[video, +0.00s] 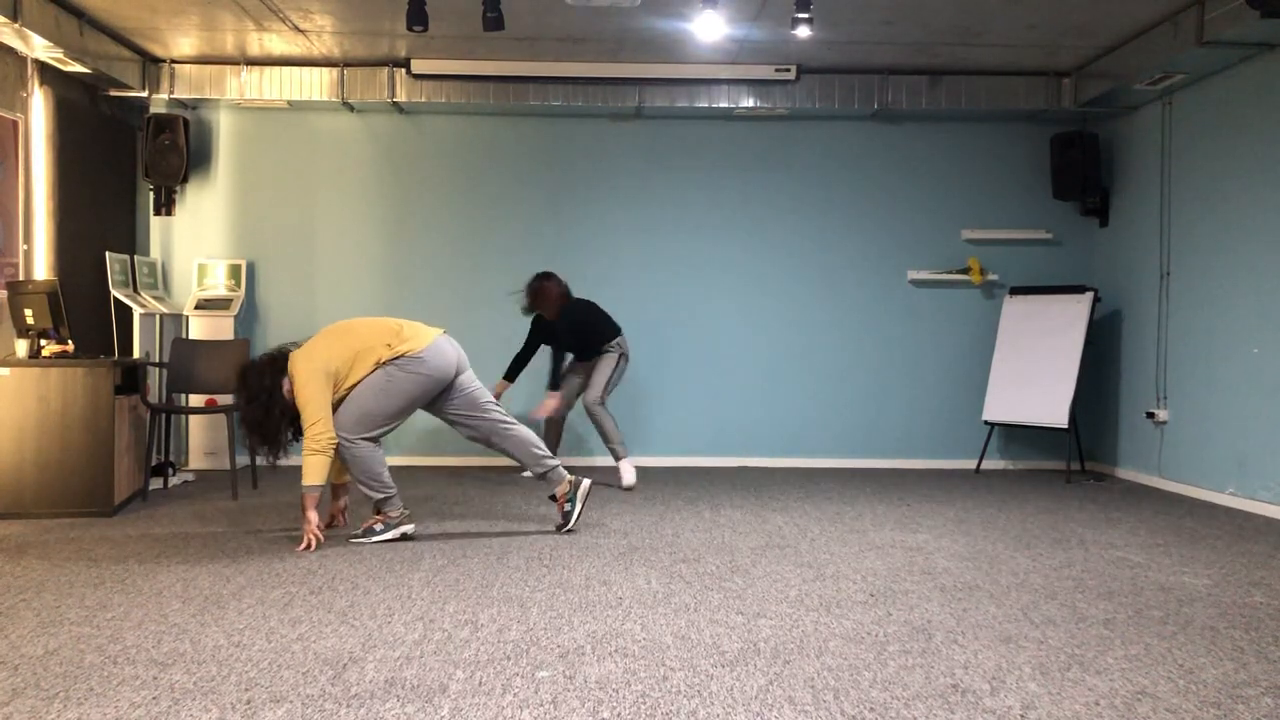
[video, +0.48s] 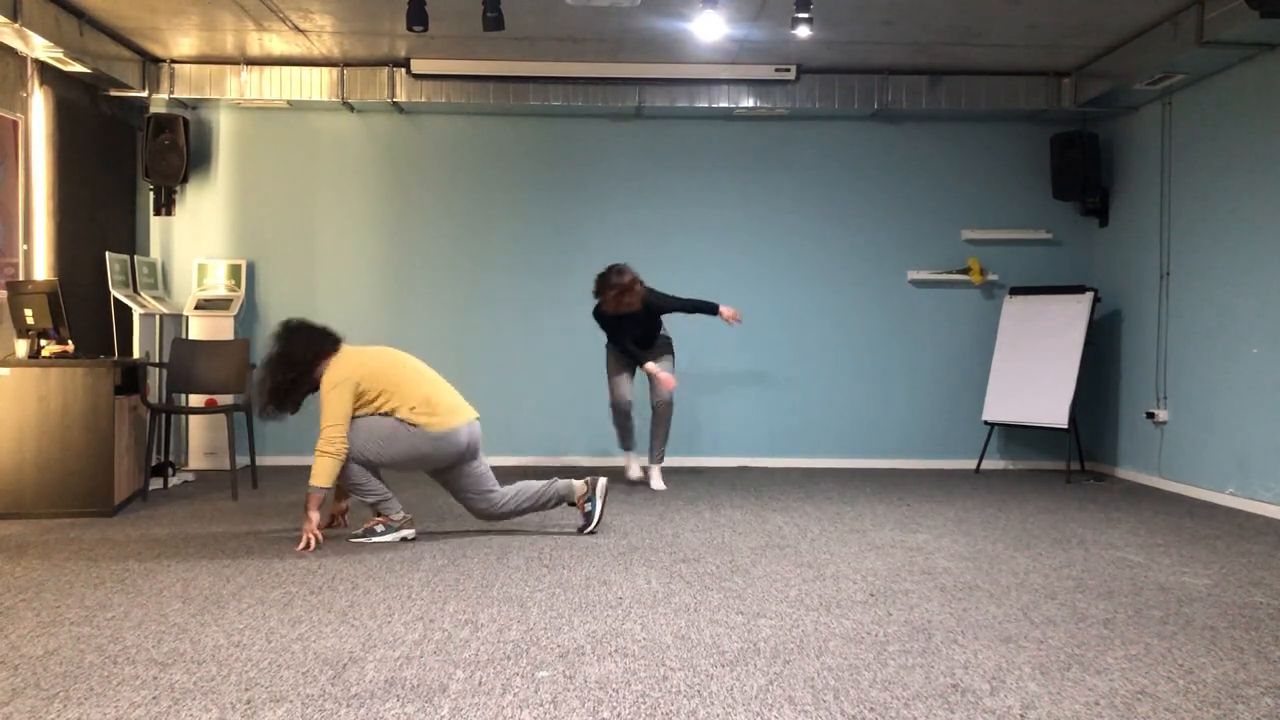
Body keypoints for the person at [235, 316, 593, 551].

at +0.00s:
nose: (294, 412)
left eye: (283, 407)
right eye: (288, 408)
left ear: (282, 387)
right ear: (287, 375)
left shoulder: (308, 371)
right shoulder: (320, 356)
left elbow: (317, 438)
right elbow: (343, 429)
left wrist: (309, 511)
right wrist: (338, 493)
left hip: (418, 359)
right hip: (442, 349)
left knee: (348, 432)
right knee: (490, 422)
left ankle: (391, 514)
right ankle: (564, 485)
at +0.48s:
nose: (307, 382)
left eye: (302, 374)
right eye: (303, 376)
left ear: (308, 363)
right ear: (325, 347)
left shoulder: (338, 373)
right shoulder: (359, 359)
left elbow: (330, 447)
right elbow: (350, 441)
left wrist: (312, 511)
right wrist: (340, 499)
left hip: (435, 435)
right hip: (463, 429)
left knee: (342, 448)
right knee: (491, 505)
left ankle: (390, 518)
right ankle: (579, 491)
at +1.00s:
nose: (312, 160)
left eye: (322, 155)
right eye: (319, 152)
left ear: (338, 173)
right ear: (350, 177)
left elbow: (301, 279)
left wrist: (265, 294)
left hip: (356, 344)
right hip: (387, 338)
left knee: (340, 437)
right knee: (366, 426)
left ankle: (391, 513)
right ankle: (430, 476)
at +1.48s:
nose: (280, 131)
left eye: (290, 131)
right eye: (288, 127)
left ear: (301, 152)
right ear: (305, 155)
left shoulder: (276, 192)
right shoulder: (295, 193)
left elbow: (229, 204)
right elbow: (247, 192)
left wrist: (194, 159)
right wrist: (228, 158)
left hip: (236, 315)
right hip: (268, 314)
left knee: (224, 408)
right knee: (254, 403)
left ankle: (258, 500)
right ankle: (280, 489)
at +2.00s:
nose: (80, 185)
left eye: (89, 177)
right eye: (82, 178)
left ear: (121, 184)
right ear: (115, 187)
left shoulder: (137, 220)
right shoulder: (116, 227)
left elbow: (151, 244)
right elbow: (112, 239)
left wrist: (121, 205)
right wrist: (93, 215)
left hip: (155, 354)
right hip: (190, 355)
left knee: (89, 426)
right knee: (159, 445)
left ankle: (66, 523)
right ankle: (247, 484)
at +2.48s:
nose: (99, 200)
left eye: (103, 189)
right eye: (98, 190)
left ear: (121, 189)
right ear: (140, 185)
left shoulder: (157, 217)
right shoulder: (159, 220)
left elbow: (200, 260)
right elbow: (180, 290)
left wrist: (176, 317)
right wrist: (148, 326)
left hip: (215, 343)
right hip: (213, 341)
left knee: (156, 424)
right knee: (165, 423)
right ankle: (144, 517)